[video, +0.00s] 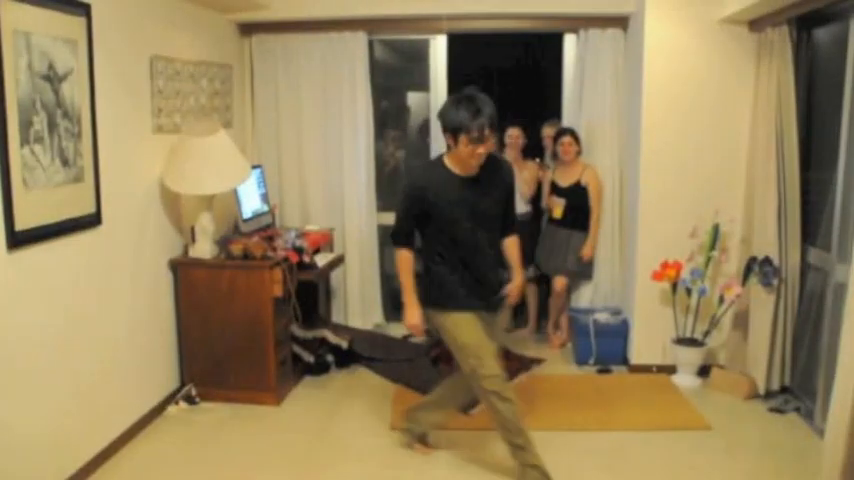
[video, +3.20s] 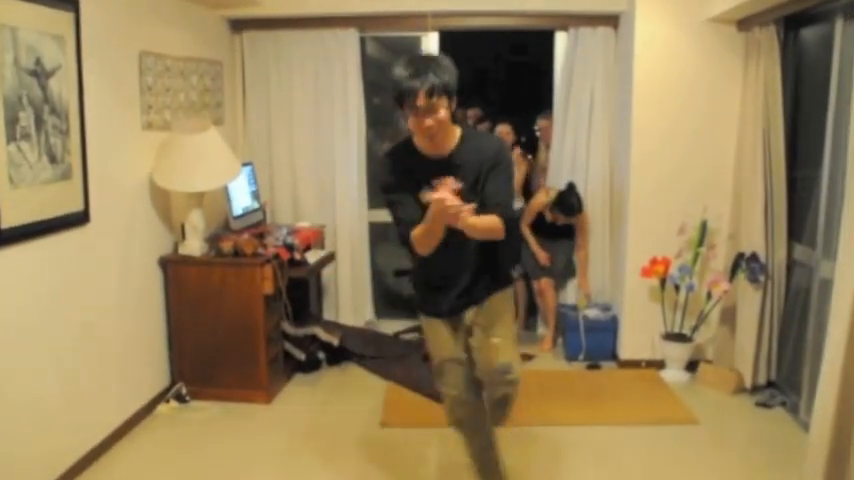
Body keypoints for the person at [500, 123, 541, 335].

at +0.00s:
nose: (513, 141)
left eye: (517, 137)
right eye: (510, 137)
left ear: (524, 141)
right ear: (503, 140)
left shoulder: (532, 167)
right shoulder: (499, 165)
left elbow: (528, 191)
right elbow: (495, 190)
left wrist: (513, 166)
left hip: (526, 215)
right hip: (504, 215)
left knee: (529, 270)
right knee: (507, 266)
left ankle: (532, 323)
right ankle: (506, 315)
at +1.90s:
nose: (504, 143)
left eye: (508, 139)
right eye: (500, 139)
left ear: (516, 142)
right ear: (495, 142)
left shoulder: (523, 167)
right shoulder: (489, 165)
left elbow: (520, 199)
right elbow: (485, 194)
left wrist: (510, 179)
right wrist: (501, 178)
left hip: (516, 220)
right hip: (494, 220)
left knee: (521, 276)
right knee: (499, 277)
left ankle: (525, 324)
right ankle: (500, 320)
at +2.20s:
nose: (505, 142)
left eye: (508, 137)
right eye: (501, 137)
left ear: (515, 140)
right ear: (494, 141)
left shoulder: (524, 166)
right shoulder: (489, 167)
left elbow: (518, 191)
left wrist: (510, 165)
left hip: (519, 228)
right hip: (497, 229)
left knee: (521, 277)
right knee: (500, 278)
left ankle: (525, 319)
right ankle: (501, 317)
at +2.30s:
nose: (503, 142)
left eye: (507, 138)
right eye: (499, 138)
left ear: (515, 141)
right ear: (494, 142)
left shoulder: (522, 166)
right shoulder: (488, 165)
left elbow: (517, 195)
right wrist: (516, 244)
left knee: (517, 278)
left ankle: (524, 324)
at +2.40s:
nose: (503, 143)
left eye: (507, 138)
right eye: (500, 139)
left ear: (516, 142)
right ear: (494, 142)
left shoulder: (523, 168)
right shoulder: (490, 168)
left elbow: (521, 195)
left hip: (516, 224)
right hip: (494, 224)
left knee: (516, 276)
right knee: (497, 276)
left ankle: (524, 321)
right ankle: (499, 317)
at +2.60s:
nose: (505, 140)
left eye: (509, 135)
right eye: (501, 135)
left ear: (516, 139)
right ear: (494, 139)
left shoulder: (522, 164)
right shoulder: (491, 164)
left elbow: (519, 190)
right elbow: (485, 190)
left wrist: (513, 160)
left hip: (517, 218)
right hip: (494, 218)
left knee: (519, 276)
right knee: (497, 275)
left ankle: (523, 322)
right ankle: (498, 318)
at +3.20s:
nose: (502, 140)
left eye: (506, 135)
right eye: (499, 136)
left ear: (514, 138)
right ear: (493, 138)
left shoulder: (519, 159)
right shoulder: (490, 159)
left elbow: (517, 189)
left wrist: (517, 164)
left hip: (514, 213)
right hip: (493, 212)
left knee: (516, 269)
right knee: (500, 268)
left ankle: (521, 318)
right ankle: (505, 319)